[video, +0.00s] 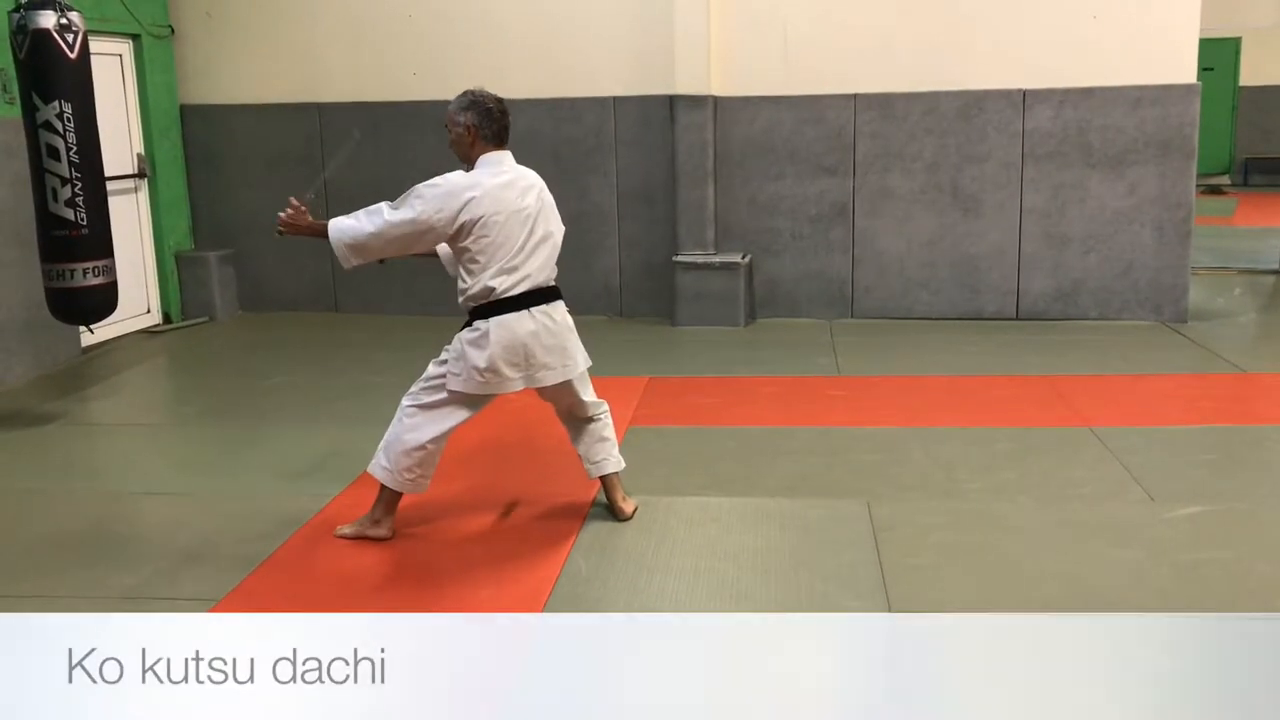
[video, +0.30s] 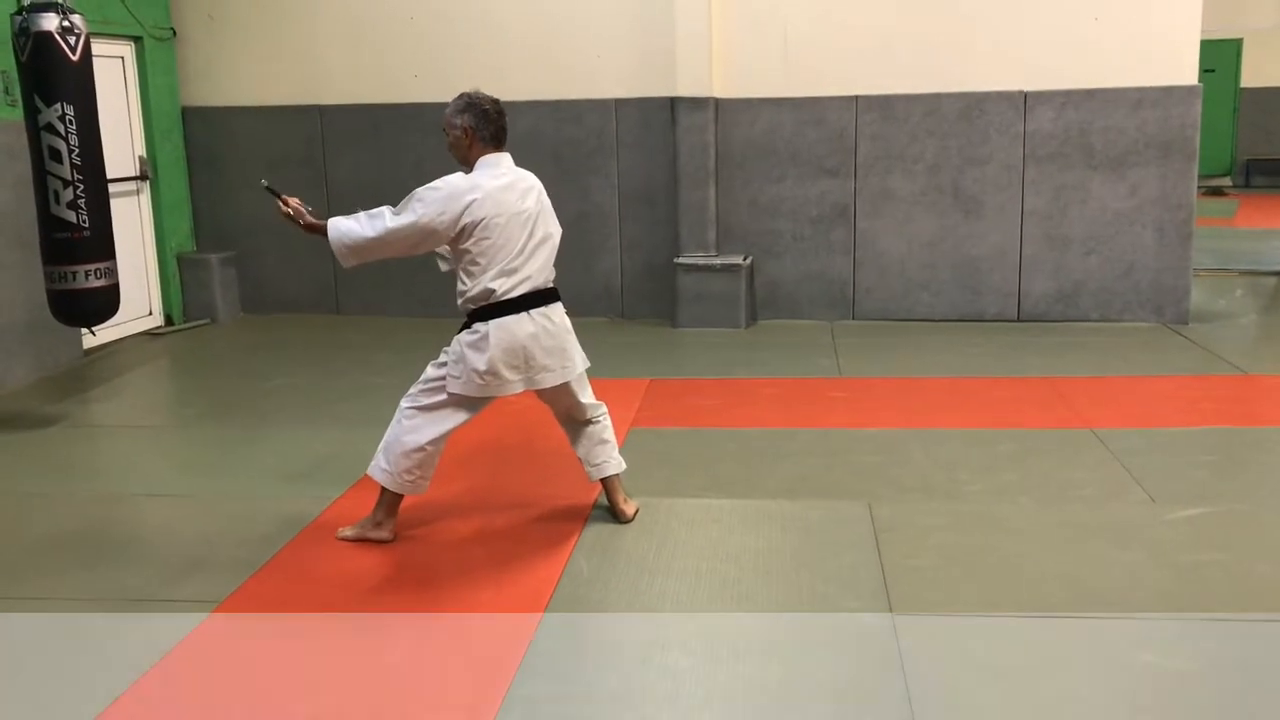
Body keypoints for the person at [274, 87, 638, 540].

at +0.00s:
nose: (449, 140)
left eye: (451, 130)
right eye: (449, 130)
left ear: (471, 132)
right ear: (498, 131)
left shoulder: (456, 193)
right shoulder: (533, 183)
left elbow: (387, 224)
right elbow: (481, 243)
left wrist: (318, 228)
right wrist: (420, 242)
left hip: (491, 336)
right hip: (552, 326)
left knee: (421, 411)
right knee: (585, 407)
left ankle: (381, 516)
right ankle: (618, 496)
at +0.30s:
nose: (446, 143)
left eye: (449, 133)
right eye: (446, 133)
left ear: (469, 135)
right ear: (493, 132)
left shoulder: (456, 195)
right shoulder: (530, 184)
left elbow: (392, 227)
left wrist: (319, 226)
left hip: (490, 337)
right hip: (550, 326)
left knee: (419, 412)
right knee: (583, 409)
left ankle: (383, 518)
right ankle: (619, 499)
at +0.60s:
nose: (443, 147)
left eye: (445, 137)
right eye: (443, 137)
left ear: (465, 138)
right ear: (490, 135)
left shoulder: (452, 197)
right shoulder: (528, 186)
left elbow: (389, 233)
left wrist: (321, 232)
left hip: (489, 339)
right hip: (549, 328)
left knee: (419, 413)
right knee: (583, 412)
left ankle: (384, 520)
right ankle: (621, 502)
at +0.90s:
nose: (450, 147)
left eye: (452, 138)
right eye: (450, 137)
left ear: (472, 140)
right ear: (497, 139)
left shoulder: (456, 192)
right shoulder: (532, 193)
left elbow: (393, 228)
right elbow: (484, 241)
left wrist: (324, 231)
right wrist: (424, 224)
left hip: (476, 336)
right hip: (534, 331)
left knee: (416, 416)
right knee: (547, 410)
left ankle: (387, 519)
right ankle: (618, 479)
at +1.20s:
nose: (522, 134)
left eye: (525, 125)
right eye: (520, 126)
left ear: (548, 125)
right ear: (566, 126)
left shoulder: (537, 176)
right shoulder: (604, 173)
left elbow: (478, 221)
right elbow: (541, 196)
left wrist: (411, 236)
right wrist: (505, 154)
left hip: (558, 319)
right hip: (608, 315)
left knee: (487, 402)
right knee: (585, 405)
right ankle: (616, 496)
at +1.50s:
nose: (558, 135)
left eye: (563, 127)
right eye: (559, 126)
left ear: (588, 129)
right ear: (603, 128)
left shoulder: (582, 182)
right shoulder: (647, 168)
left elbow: (529, 229)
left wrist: (474, 252)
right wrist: (575, 112)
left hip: (651, 316)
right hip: (658, 307)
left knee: (688, 426)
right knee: (614, 395)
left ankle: (790, 485)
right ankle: (619, 492)